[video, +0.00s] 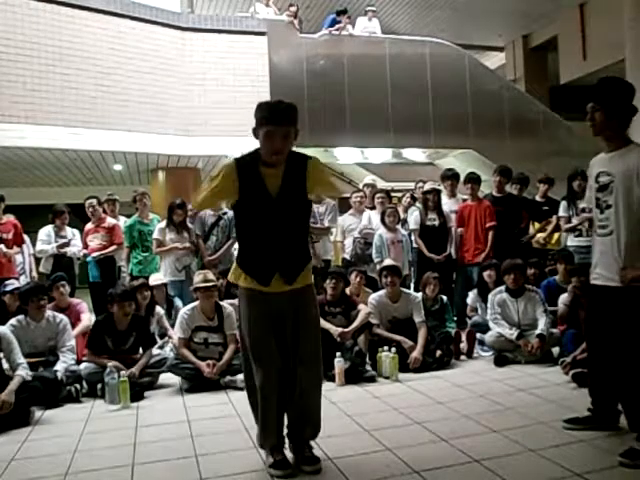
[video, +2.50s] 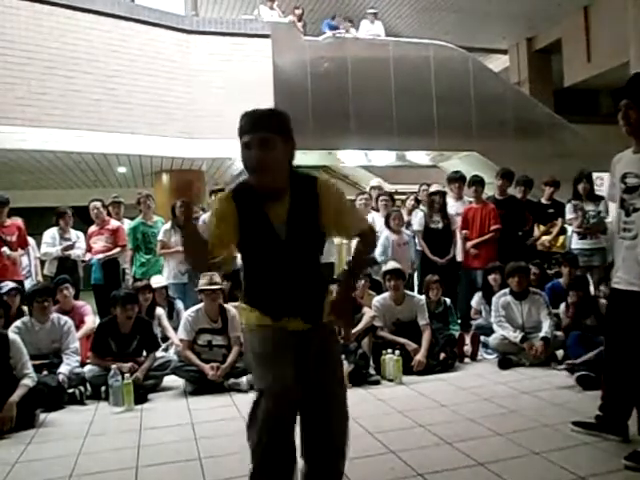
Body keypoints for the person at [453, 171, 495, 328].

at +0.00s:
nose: (470, 188)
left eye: (473, 185)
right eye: (467, 184)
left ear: (479, 186)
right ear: (464, 186)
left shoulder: (486, 206)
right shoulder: (462, 208)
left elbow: (491, 229)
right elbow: (458, 230)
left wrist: (486, 251)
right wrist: (457, 251)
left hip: (479, 256)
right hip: (464, 256)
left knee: (479, 292)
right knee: (461, 293)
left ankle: (480, 321)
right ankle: (461, 323)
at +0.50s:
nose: (472, 190)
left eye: (475, 187)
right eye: (470, 187)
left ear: (481, 188)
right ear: (466, 189)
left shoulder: (489, 207)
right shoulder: (464, 209)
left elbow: (495, 229)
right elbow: (462, 229)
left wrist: (476, 242)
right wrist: (465, 245)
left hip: (484, 258)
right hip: (468, 258)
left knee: (485, 292)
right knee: (465, 293)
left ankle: (486, 321)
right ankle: (464, 323)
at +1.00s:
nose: (475, 191)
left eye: (478, 188)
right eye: (472, 188)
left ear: (483, 189)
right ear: (468, 190)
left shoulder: (491, 208)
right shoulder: (467, 211)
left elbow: (497, 230)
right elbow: (464, 231)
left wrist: (475, 240)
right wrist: (469, 247)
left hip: (486, 258)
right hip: (470, 258)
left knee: (485, 293)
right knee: (467, 293)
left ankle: (486, 320)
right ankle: (466, 322)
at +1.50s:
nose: (473, 191)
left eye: (476, 187)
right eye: (471, 187)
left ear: (482, 189)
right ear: (468, 190)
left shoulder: (490, 208)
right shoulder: (467, 210)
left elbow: (495, 230)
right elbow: (463, 230)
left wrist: (473, 242)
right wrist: (467, 245)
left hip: (485, 258)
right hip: (469, 258)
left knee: (485, 293)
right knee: (466, 294)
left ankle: (486, 322)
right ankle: (466, 324)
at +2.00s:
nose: (473, 190)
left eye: (476, 187)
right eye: (471, 187)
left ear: (482, 189)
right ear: (468, 189)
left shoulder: (490, 208)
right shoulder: (467, 210)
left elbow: (495, 230)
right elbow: (463, 230)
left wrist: (472, 242)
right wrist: (467, 245)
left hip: (485, 258)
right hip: (470, 257)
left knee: (484, 292)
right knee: (468, 292)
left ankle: (486, 320)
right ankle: (467, 322)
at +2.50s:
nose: (474, 190)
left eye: (477, 187)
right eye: (472, 187)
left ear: (482, 189)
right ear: (468, 189)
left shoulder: (490, 208)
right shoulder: (467, 210)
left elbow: (495, 230)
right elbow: (462, 230)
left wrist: (473, 243)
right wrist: (464, 234)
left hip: (485, 258)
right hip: (469, 258)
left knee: (483, 292)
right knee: (467, 293)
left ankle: (485, 320)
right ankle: (466, 322)